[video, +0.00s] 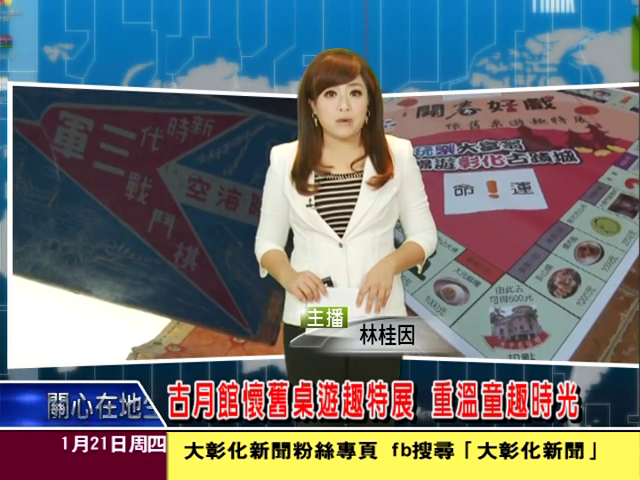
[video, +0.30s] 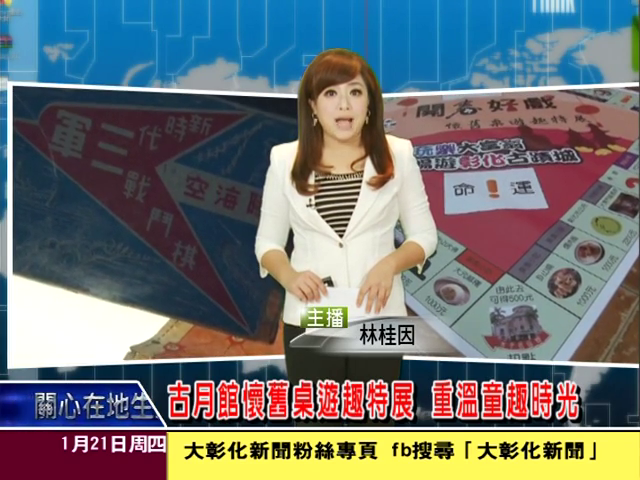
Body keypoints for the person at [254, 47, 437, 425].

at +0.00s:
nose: (344, 105)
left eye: (355, 93)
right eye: (331, 95)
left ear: (370, 102)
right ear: (311, 105)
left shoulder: (395, 155)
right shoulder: (286, 160)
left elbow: (424, 236)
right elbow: (267, 242)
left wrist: (390, 264)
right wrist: (291, 276)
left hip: (378, 325)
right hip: (308, 323)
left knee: (376, 439)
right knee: (313, 438)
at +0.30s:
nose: (344, 105)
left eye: (355, 93)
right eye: (331, 94)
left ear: (370, 102)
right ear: (312, 105)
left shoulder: (395, 155)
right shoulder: (287, 159)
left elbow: (424, 236)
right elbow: (267, 242)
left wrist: (390, 264)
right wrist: (291, 276)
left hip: (378, 325)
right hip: (308, 323)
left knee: (376, 439)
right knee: (313, 438)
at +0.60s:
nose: (343, 104)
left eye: (354, 92)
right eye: (330, 94)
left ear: (369, 101)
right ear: (311, 105)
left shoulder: (395, 155)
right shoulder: (286, 159)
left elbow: (424, 236)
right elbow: (267, 242)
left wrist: (389, 264)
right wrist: (290, 276)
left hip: (377, 324)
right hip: (308, 323)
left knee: (375, 440)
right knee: (313, 439)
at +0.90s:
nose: (343, 105)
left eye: (354, 93)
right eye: (330, 94)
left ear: (369, 102)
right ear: (311, 105)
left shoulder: (395, 155)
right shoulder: (286, 160)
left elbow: (424, 236)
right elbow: (266, 243)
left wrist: (389, 264)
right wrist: (290, 276)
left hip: (377, 324)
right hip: (309, 322)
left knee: (376, 438)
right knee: (313, 438)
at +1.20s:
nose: (343, 105)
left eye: (354, 93)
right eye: (330, 94)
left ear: (369, 102)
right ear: (311, 105)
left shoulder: (395, 155)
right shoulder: (286, 160)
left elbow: (424, 236)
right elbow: (267, 242)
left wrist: (389, 264)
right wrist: (290, 276)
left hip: (378, 323)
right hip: (309, 322)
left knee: (376, 438)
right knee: (314, 437)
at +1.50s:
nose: (344, 107)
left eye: (355, 95)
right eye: (331, 96)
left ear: (370, 102)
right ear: (311, 105)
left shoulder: (396, 155)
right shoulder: (286, 160)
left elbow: (424, 236)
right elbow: (267, 242)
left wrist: (389, 264)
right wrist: (290, 276)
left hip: (378, 324)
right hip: (309, 322)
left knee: (376, 437)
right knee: (314, 436)